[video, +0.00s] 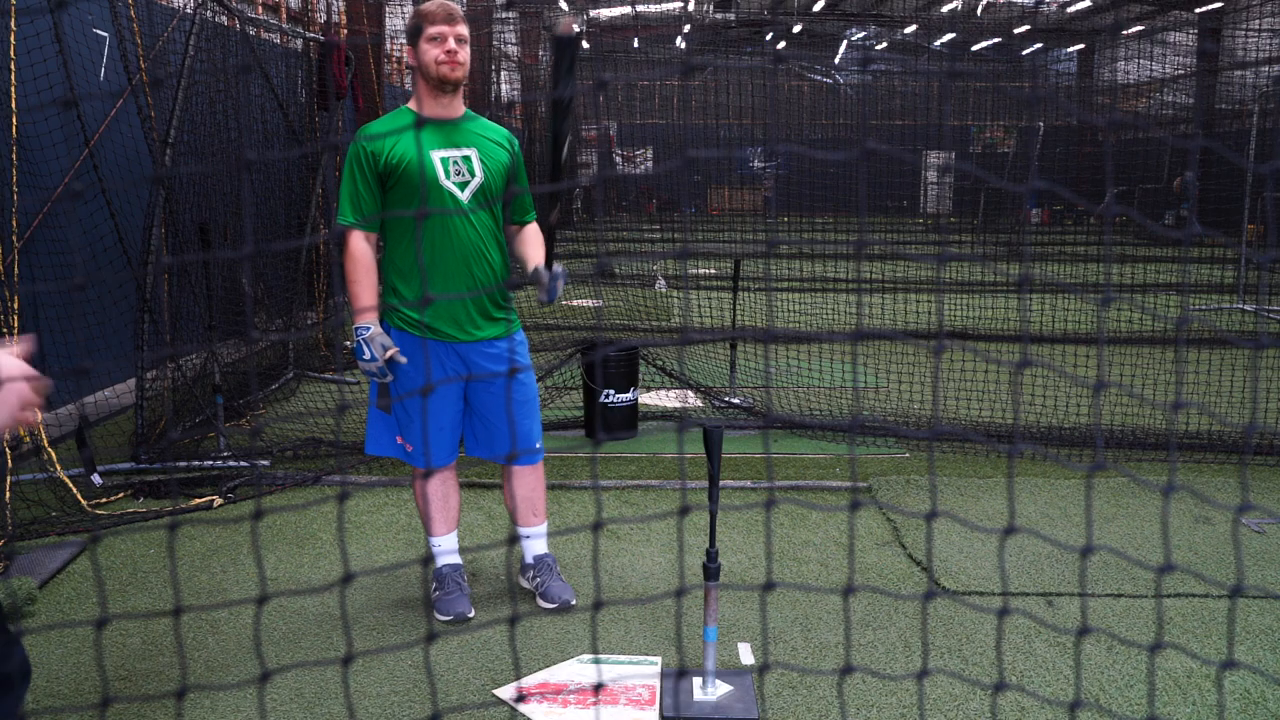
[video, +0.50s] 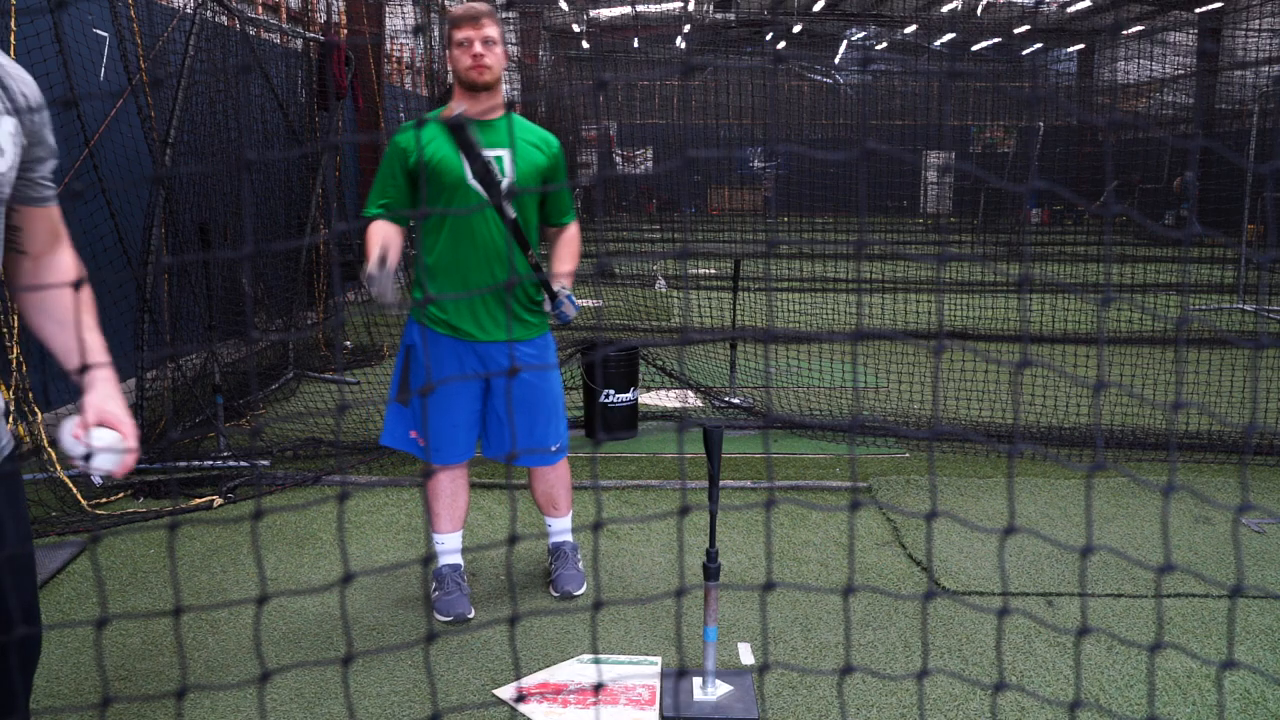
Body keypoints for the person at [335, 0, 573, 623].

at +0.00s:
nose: (452, 50)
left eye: (460, 41)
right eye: (437, 41)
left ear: (471, 54)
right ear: (412, 55)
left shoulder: (500, 143)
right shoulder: (376, 143)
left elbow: (522, 222)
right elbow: (360, 237)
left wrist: (539, 267)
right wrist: (367, 323)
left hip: (496, 327)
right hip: (416, 332)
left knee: (525, 445)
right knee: (434, 455)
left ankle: (536, 561)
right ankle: (447, 568)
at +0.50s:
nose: (479, 53)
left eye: (489, 43)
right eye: (465, 45)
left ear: (506, 54)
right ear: (448, 59)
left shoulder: (542, 145)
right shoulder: (414, 143)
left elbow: (564, 225)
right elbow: (387, 216)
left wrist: (560, 282)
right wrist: (382, 259)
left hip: (525, 325)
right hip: (444, 327)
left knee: (547, 445)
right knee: (448, 455)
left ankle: (562, 548)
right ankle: (449, 567)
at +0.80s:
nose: (511, 58)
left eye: (523, 48)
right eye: (502, 50)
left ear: (550, 57)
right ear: (493, 61)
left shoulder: (585, 147)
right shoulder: (461, 138)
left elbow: (612, 225)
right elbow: (430, 226)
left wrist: (603, 281)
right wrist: (445, 209)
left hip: (561, 324)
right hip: (483, 324)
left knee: (566, 444)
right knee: (472, 449)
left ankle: (564, 548)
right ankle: (452, 566)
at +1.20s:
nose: (545, 64)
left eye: (557, 52)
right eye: (536, 56)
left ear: (585, 58)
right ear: (528, 65)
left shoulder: (618, 151)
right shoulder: (497, 137)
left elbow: (637, 237)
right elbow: (466, 229)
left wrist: (629, 298)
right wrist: (470, 213)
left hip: (582, 325)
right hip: (506, 321)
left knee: (574, 439)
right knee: (488, 442)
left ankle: (565, 545)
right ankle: (473, 555)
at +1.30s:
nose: (547, 65)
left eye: (558, 53)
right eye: (537, 56)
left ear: (587, 59)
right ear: (530, 65)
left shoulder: (621, 151)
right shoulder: (500, 136)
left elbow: (641, 237)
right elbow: (471, 229)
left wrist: (631, 299)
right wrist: (470, 210)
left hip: (584, 326)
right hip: (507, 320)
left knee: (573, 440)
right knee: (489, 442)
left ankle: (566, 546)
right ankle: (482, 551)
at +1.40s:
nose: (547, 65)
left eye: (559, 54)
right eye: (539, 56)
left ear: (587, 60)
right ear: (531, 65)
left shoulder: (623, 152)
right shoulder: (502, 137)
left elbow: (645, 238)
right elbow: (474, 229)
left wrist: (631, 306)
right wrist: (474, 207)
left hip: (587, 323)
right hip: (511, 318)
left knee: (574, 439)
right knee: (497, 439)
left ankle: (565, 547)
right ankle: (486, 549)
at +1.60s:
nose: (548, 65)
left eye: (559, 54)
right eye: (539, 56)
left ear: (587, 59)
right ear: (531, 64)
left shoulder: (624, 152)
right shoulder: (502, 137)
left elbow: (651, 237)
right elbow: (469, 224)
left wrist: (635, 300)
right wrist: (465, 208)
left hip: (587, 324)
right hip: (512, 320)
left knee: (576, 442)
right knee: (500, 443)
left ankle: (565, 546)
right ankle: (485, 551)